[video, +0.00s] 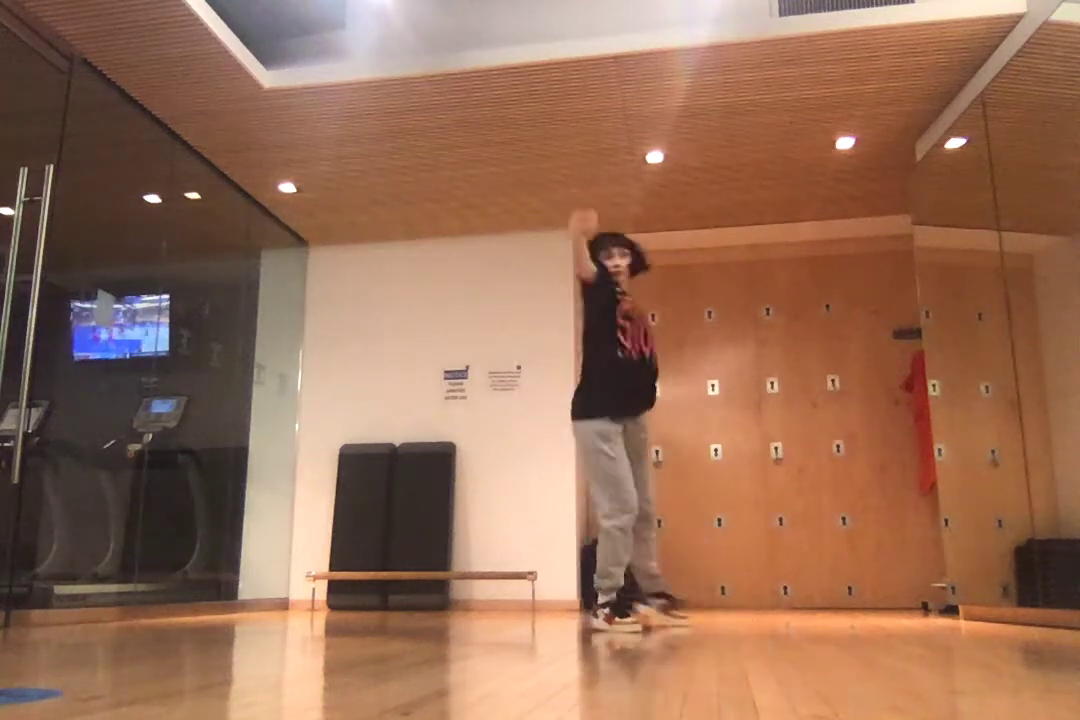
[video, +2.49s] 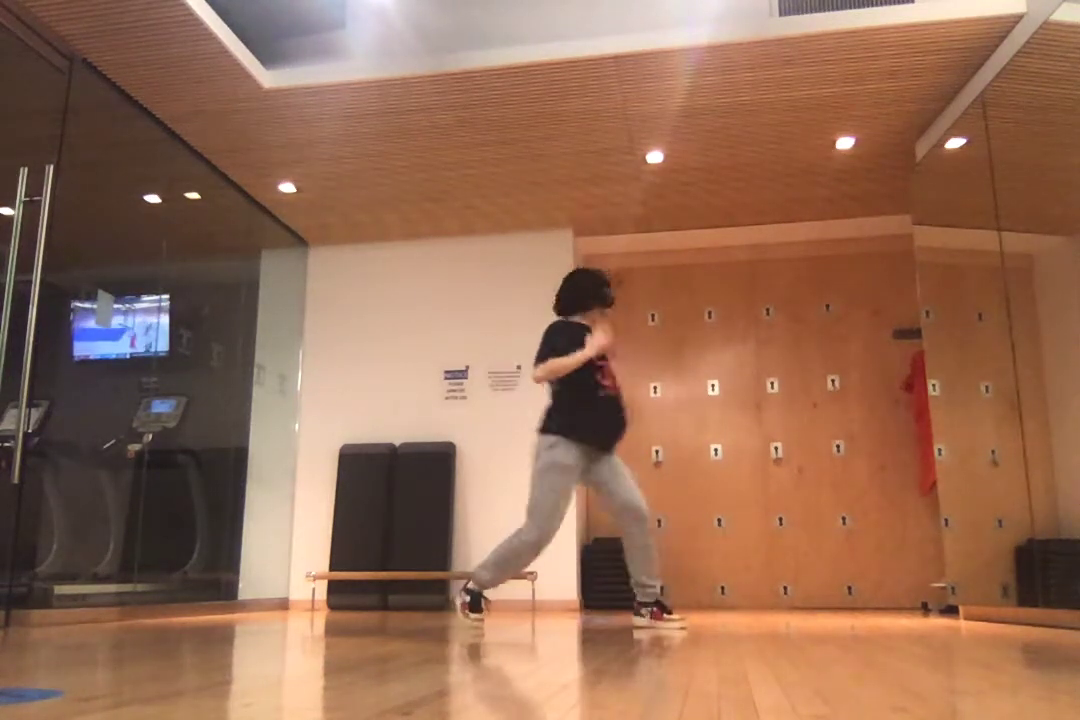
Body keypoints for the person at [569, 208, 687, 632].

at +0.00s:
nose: (615, 262)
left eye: (622, 255)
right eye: (607, 256)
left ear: (633, 263)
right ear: (598, 264)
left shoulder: (634, 306)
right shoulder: (597, 292)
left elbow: (646, 353)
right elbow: (583, 268)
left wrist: (643, 318)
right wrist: (578, 236)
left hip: (631, 412)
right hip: (596, 414)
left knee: (642, 507)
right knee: (619, 507)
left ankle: (649, 591)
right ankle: (608, 598)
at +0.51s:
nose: (583, 322)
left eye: (591, 315)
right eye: (577, 316)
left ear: (603, 325)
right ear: (566, 327)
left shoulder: (624, 358)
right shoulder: (552, 375)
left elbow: (682, 355)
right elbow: (498, 401)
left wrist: (736, 346)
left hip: (617, 461)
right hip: (571, 468)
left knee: (602, 528)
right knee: (527, 531)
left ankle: (567, 601)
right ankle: (472, 593)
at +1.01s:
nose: (584, 311)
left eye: (592, 304)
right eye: (579, 306)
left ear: (608, 309)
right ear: (574, 313)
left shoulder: (619, 356)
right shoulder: (570, 339)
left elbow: (637, 419)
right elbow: (532, 355)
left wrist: (586, 425)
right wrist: (570, 366)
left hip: (617, 449)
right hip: (584, 451)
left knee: (609, 532)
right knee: (530, 507)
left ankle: (662, 598)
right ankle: (561, 585)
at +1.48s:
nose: (562, 281)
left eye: (568, 275)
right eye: (553, 275)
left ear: (575, 284)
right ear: (537, 286)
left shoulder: (584, 330)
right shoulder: (521, 332)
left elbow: (616, 370)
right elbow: (500, 384)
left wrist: (583, 341)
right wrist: (527, 348)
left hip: (577, 430)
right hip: (527, 434)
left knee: (603, 505)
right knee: (492, 509)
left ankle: (650, 586)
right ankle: (470, 590)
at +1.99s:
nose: (563, 317)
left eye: (570, 311)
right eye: (556, 311)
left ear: (580, 319)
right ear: (545, 319)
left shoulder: (589, 355)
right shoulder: (525, 360)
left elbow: (640, 377)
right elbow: (484, 402)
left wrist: (591, 386)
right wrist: (533, 397)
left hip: (588, 455)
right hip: (541, 457)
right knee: (513, 527)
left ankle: (653, 588)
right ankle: (463, 592)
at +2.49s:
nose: (609, 306)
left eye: (608, 299)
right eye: (604, 299)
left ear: (584, 300)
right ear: (587, 301)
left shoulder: (593, 337)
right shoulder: (562, 331)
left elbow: (589, 383)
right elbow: (541, 372)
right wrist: (589, 351)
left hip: (598, 450)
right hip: (562, 444)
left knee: (635, 513)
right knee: (539, 531)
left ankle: (648, 603)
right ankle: (474, 587)